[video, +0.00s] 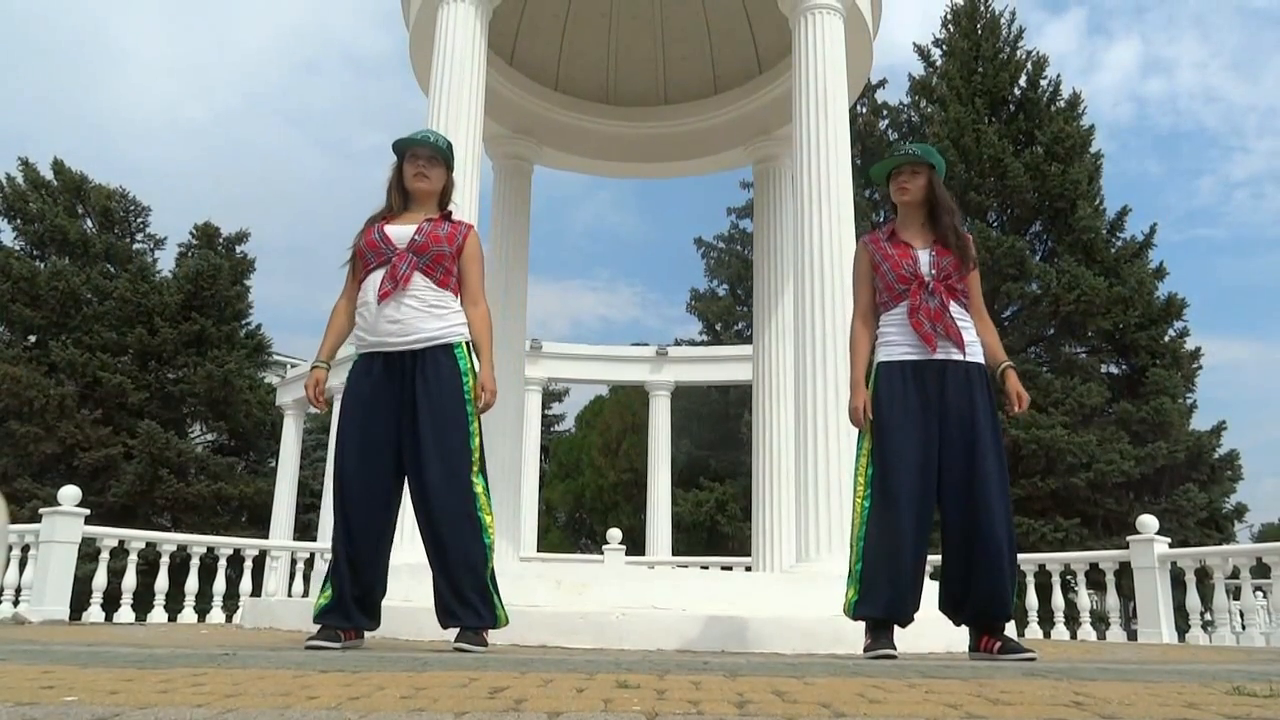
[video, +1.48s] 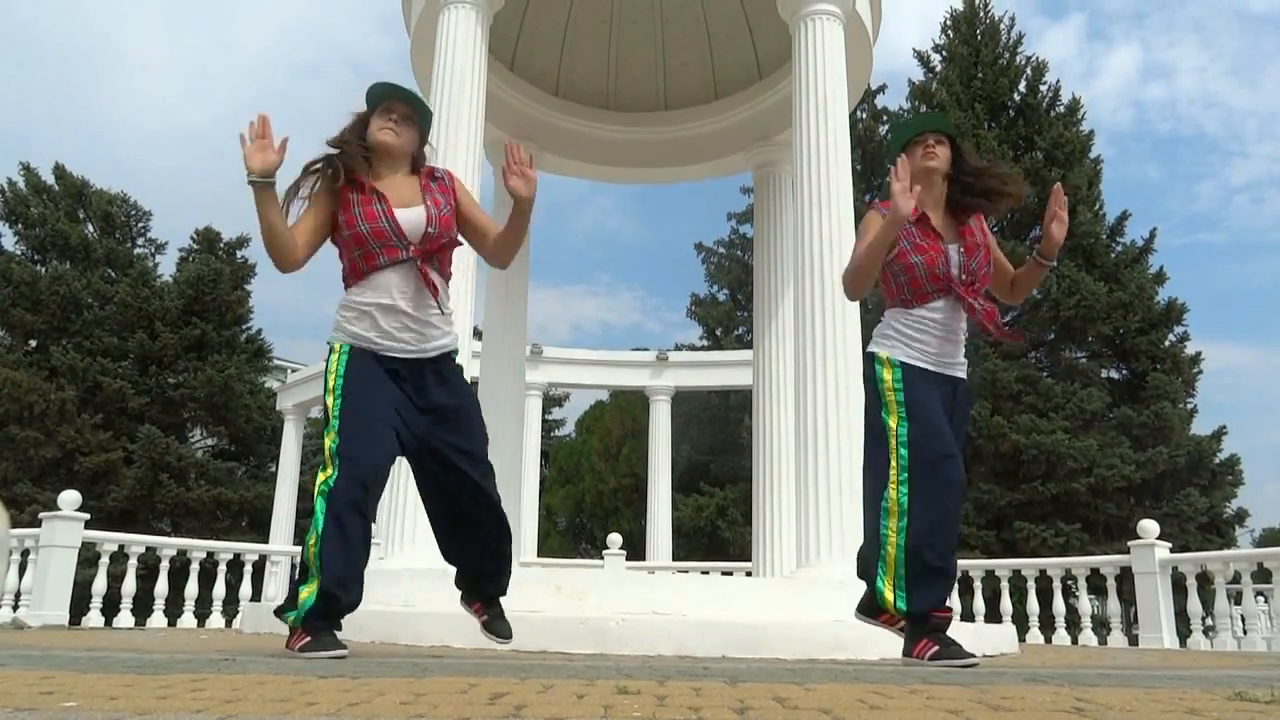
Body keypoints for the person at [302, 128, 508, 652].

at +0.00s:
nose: (421, 165)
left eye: (432, 160)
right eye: (413, 158)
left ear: (448, 174)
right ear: (399, 168)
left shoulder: (459, 232)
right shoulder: (372, 231)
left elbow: (475, 303)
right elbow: (348, 302)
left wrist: (486, 367)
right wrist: (322, 362)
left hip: (440, 366)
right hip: (373, 369)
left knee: (447, 491)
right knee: (359, 491)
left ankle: (472, 621)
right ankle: (346, 618)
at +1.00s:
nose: (437, 167)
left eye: (447, 161)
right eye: (429, 160)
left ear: (466, 175)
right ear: (415, 172)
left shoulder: (491, 225)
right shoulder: (397, 231)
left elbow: (509, 297)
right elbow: (377, 288)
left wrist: (487, 348)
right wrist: (365, 321)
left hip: (458, 375)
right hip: (394, 372)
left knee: (451, 500)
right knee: (368, 495)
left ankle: (461, 629)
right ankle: (348, 621)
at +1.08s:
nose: (437, 177)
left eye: (447, 171)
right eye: (428, 171)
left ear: (468, 184)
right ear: (415, 184)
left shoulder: (492, 235)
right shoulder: (394, 236)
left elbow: (489, 303)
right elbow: (374, 292)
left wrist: (421, 303)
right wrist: (410, 270)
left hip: (467, 379)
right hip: (402, 377)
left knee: (456, 503)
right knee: (360, 478)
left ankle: (462, 631)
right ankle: (353, 587)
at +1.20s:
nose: (426, 157)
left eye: (438, 151)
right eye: (419, 149)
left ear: (459, 166)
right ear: (406, 162)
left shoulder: (484, 208)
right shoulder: (388, 214)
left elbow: (447, 251)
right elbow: (392, 247)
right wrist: (464, 205)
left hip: (466, 365)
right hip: (398, 360)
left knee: (467, 497)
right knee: (355, 469)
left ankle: (467, 628)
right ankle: (365, 554)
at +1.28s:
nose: (412, 131)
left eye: (425, 125)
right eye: (405, 122)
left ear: (444, 138)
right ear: (390, 132)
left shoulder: (469, 170)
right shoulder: (374, 178)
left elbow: (458, 224)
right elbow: (378, 221)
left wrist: (415, 179)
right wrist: (440, 172)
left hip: (463, 341)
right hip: (394, 335)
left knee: (470, 472)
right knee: (369, 452)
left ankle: (474, 610)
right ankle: (339, 583)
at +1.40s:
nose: (401, 115)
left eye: (414, 110)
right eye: (390, 106)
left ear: (427, 124)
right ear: (370, 117)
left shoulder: (454, 164)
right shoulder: (354, 167)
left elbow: (500, 231)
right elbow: (320, 226)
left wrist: (490, 179)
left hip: (452, 339)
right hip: (380, 335)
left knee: (474, 465)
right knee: (359, 464)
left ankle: (483, 588)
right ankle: (315, 608)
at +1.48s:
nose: (393, 122)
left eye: (406, 118)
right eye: (383, 114)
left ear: (422, 137)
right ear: (364, 129)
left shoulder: (443, 185)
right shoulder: (341, 186)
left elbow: (499, 252)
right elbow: (288, 256)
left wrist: (523, 206)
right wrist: (263, 183)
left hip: (435, 360)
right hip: (364, 355)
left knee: (469, 482)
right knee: (352, 477)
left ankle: (482, 590)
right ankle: (316, 621)